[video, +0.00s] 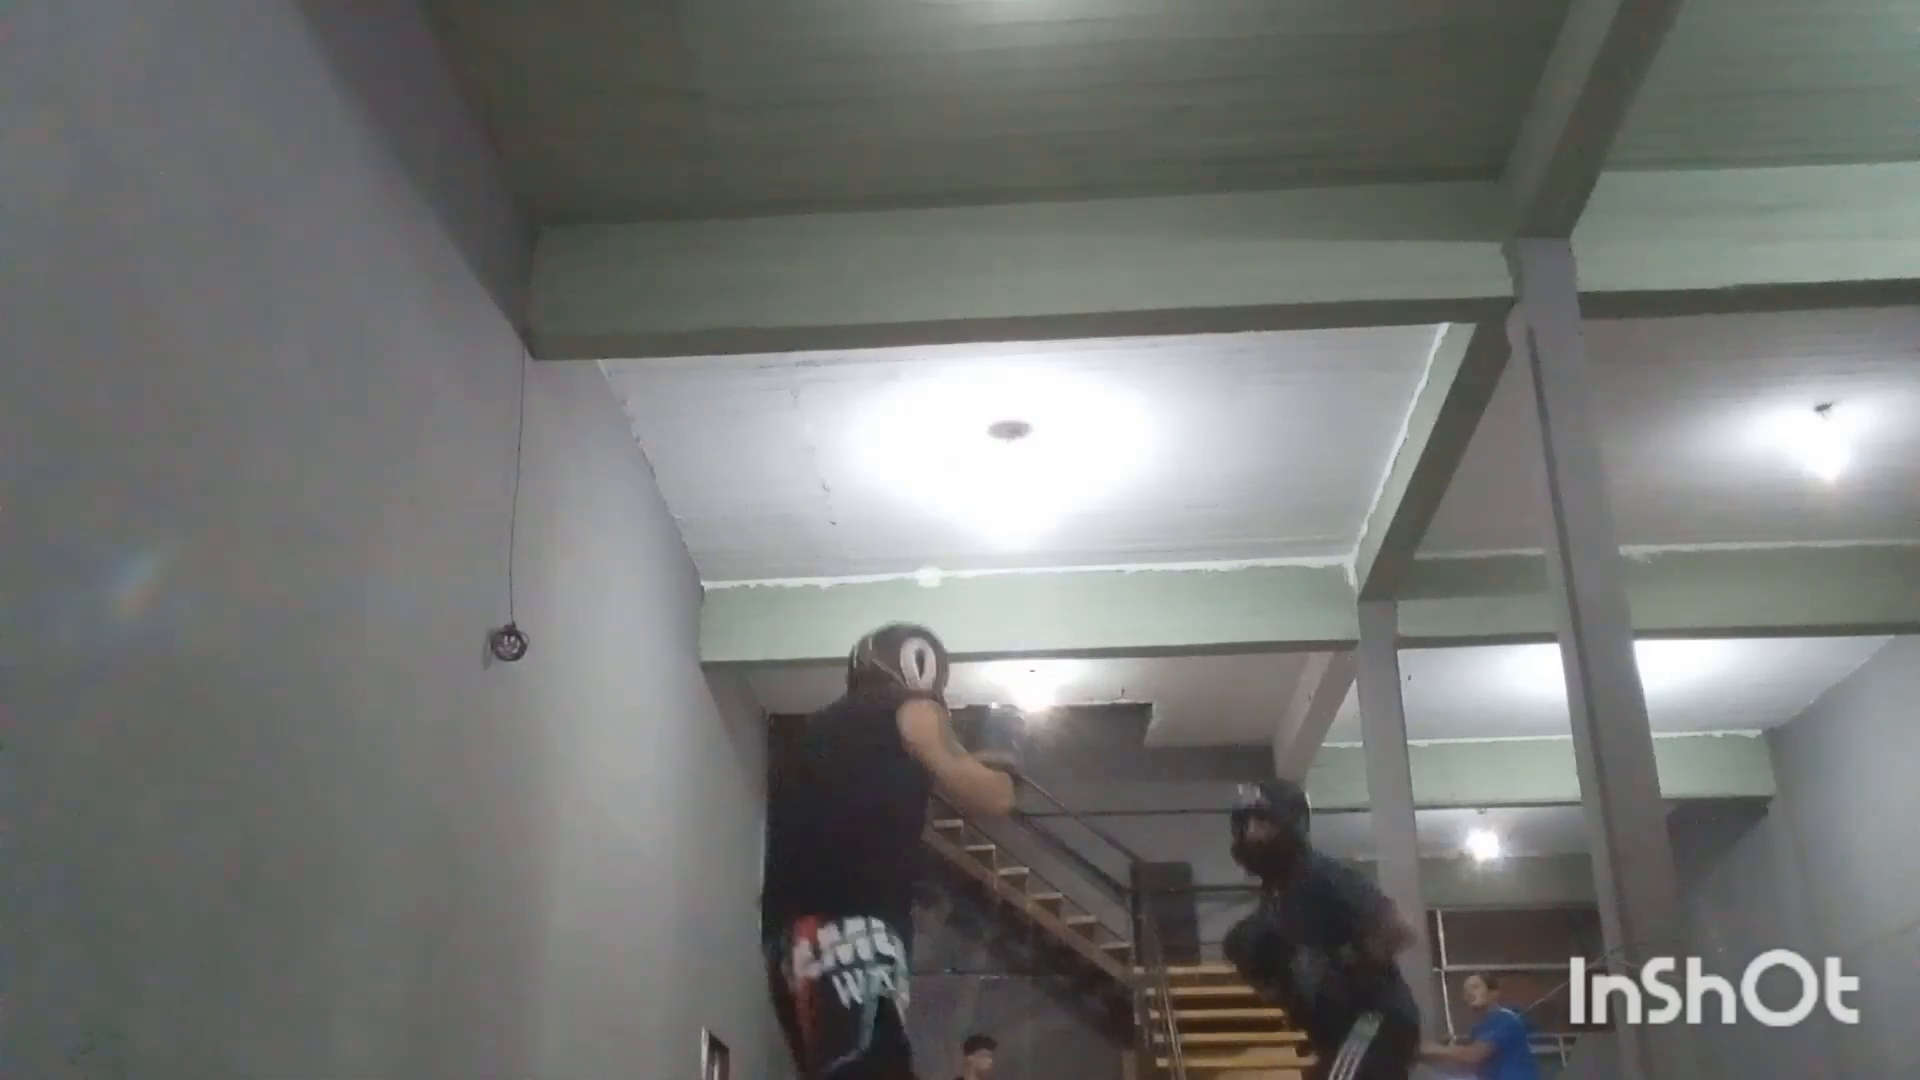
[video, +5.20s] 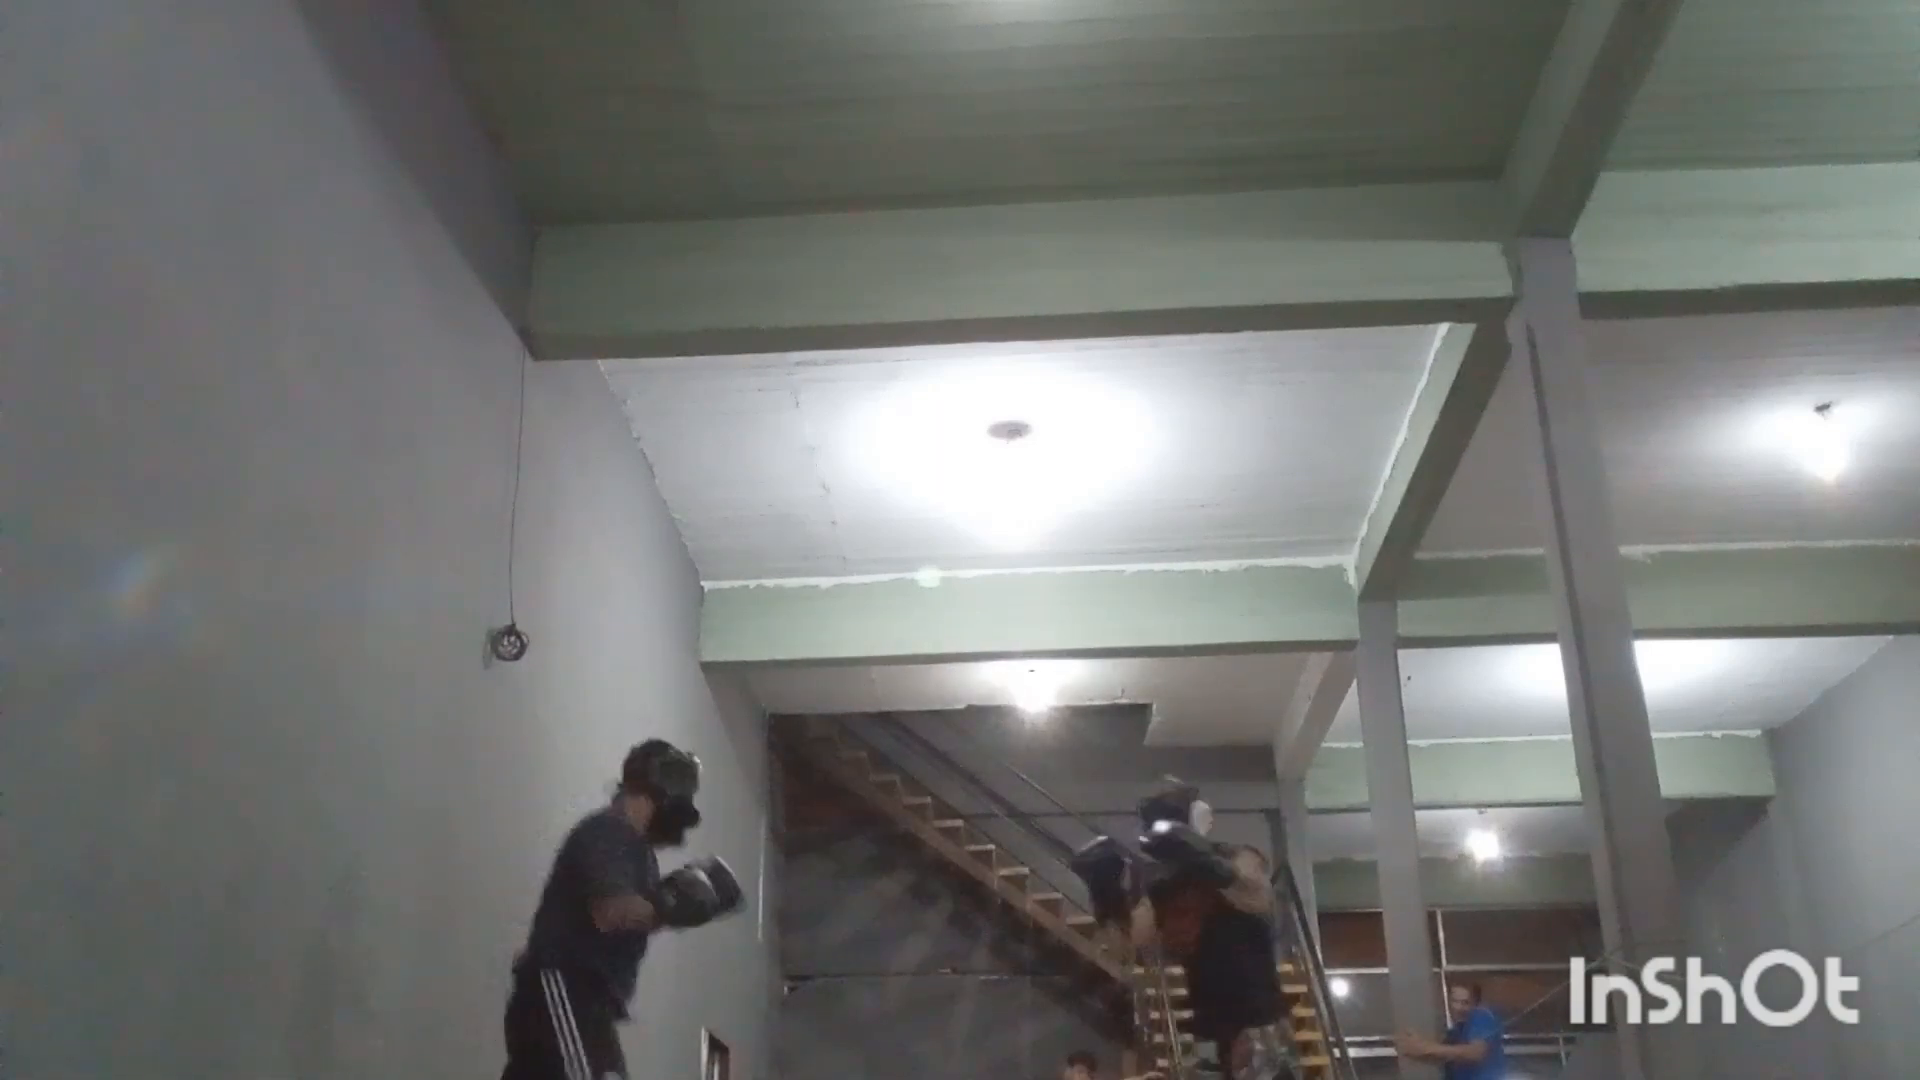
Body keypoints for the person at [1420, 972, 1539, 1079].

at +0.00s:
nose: (1470, 993)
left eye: (1476, 987)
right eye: (1467, 989)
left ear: (1494, 992)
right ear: (1464, 996)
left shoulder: (1506, 1019)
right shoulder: (1479, 1026)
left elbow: (1475, 1055)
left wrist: (1432, 1050)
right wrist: (1454, 1049)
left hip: (1515, 1076)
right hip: (1492, 1076)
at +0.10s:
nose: (1465, 992)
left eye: (1472, 986)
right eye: (1463, 988)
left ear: (1490, 993)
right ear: (1460, 995)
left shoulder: (1499, 1019)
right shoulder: (1477, 1025)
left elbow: (1472, 1057)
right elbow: (1463, 1055)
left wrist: (1424, 1049)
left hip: (1509, 1075)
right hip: (1490, 1075)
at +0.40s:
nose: (1459, 991)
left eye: (1466, 986)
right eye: (1456, 987)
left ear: (1482, 993)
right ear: (1453, 992)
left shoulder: (1489, 1018)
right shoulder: (1466, 1023)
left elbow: (1473, 1056)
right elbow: (1457, 1057)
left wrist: (1421, 1049)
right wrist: (1421, 1043)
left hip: (1493, 1075)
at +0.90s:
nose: (1455, 992)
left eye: (1460, 987)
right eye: (1450, 989)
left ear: (1471, 990)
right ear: (1446, 995)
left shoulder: (1481, 1017)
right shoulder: (1455, 1028)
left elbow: (1475, 1054)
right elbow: (1451, 1056)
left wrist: (1425, 1049)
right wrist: (1416, 1045)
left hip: (1482, 1076)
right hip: (1459, 1076)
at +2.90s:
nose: (1459, 996)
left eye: (1463, 990)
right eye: (1452, 992)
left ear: (1470, 994)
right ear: (1445, 1001)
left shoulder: (1480, 1016)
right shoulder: (1454, 1029)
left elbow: (1476, 1054)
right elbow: (1449, 1056)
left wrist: (1424, 1049)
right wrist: (1418, 1048)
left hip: (1484, 1075)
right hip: (1460, 1076)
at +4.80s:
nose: (1455, 997)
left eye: (1460, 991)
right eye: (1449, 993)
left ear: (1470, 994)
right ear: (1445, 1000)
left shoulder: (1482, 1016)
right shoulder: (1457, 1024)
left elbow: (1476, 1053)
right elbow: (1450, 1053)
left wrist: (1427, 1049)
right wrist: (1420, 1045)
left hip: (1484, 1075)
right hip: (1461, 1075)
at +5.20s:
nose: (1458, 1007)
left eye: (1464, 1003)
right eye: (1454, 1001)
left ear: (1474, 1004)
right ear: (1449, 1002)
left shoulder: (1482, 1018)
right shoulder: (1457, 1028)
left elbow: (1477, 1052)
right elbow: (1445, 1054)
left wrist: (1426, 1049)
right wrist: (1418, 1048)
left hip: (1484, 1076)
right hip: (1461, 1076)